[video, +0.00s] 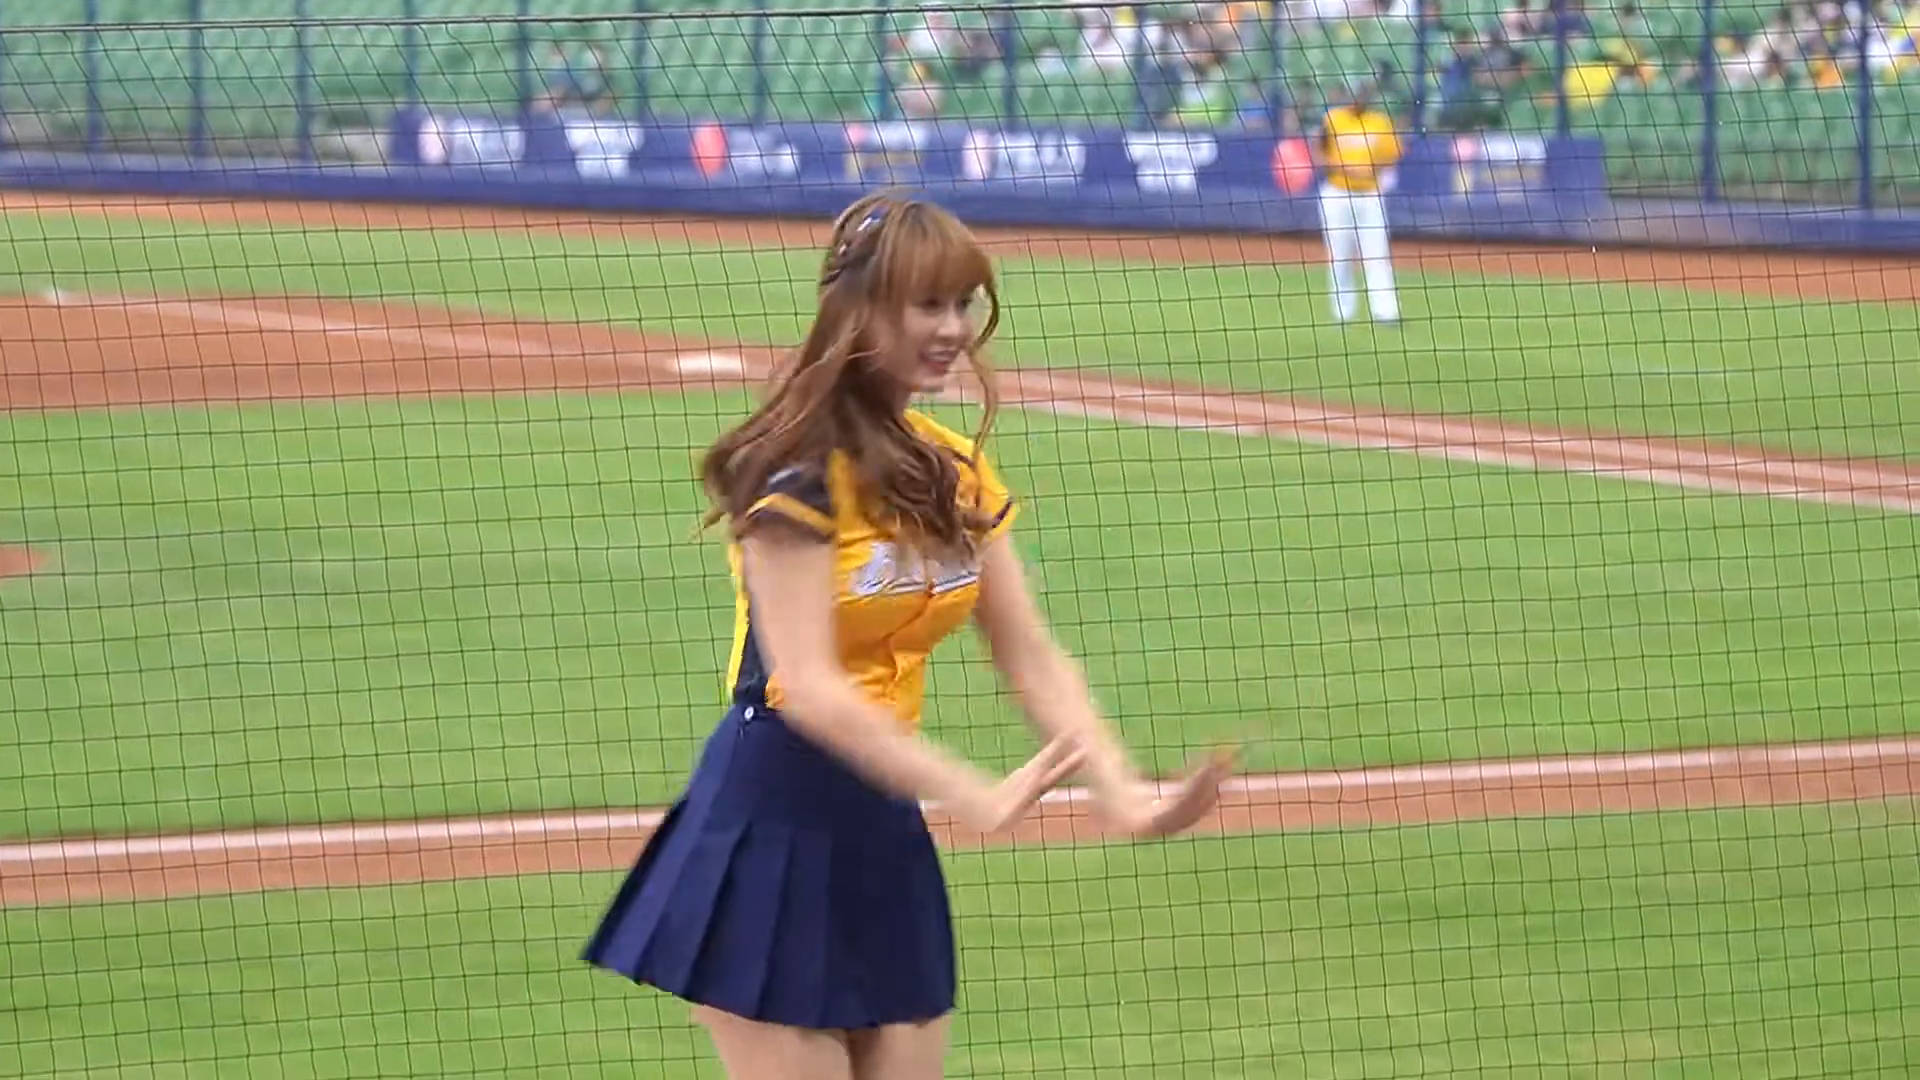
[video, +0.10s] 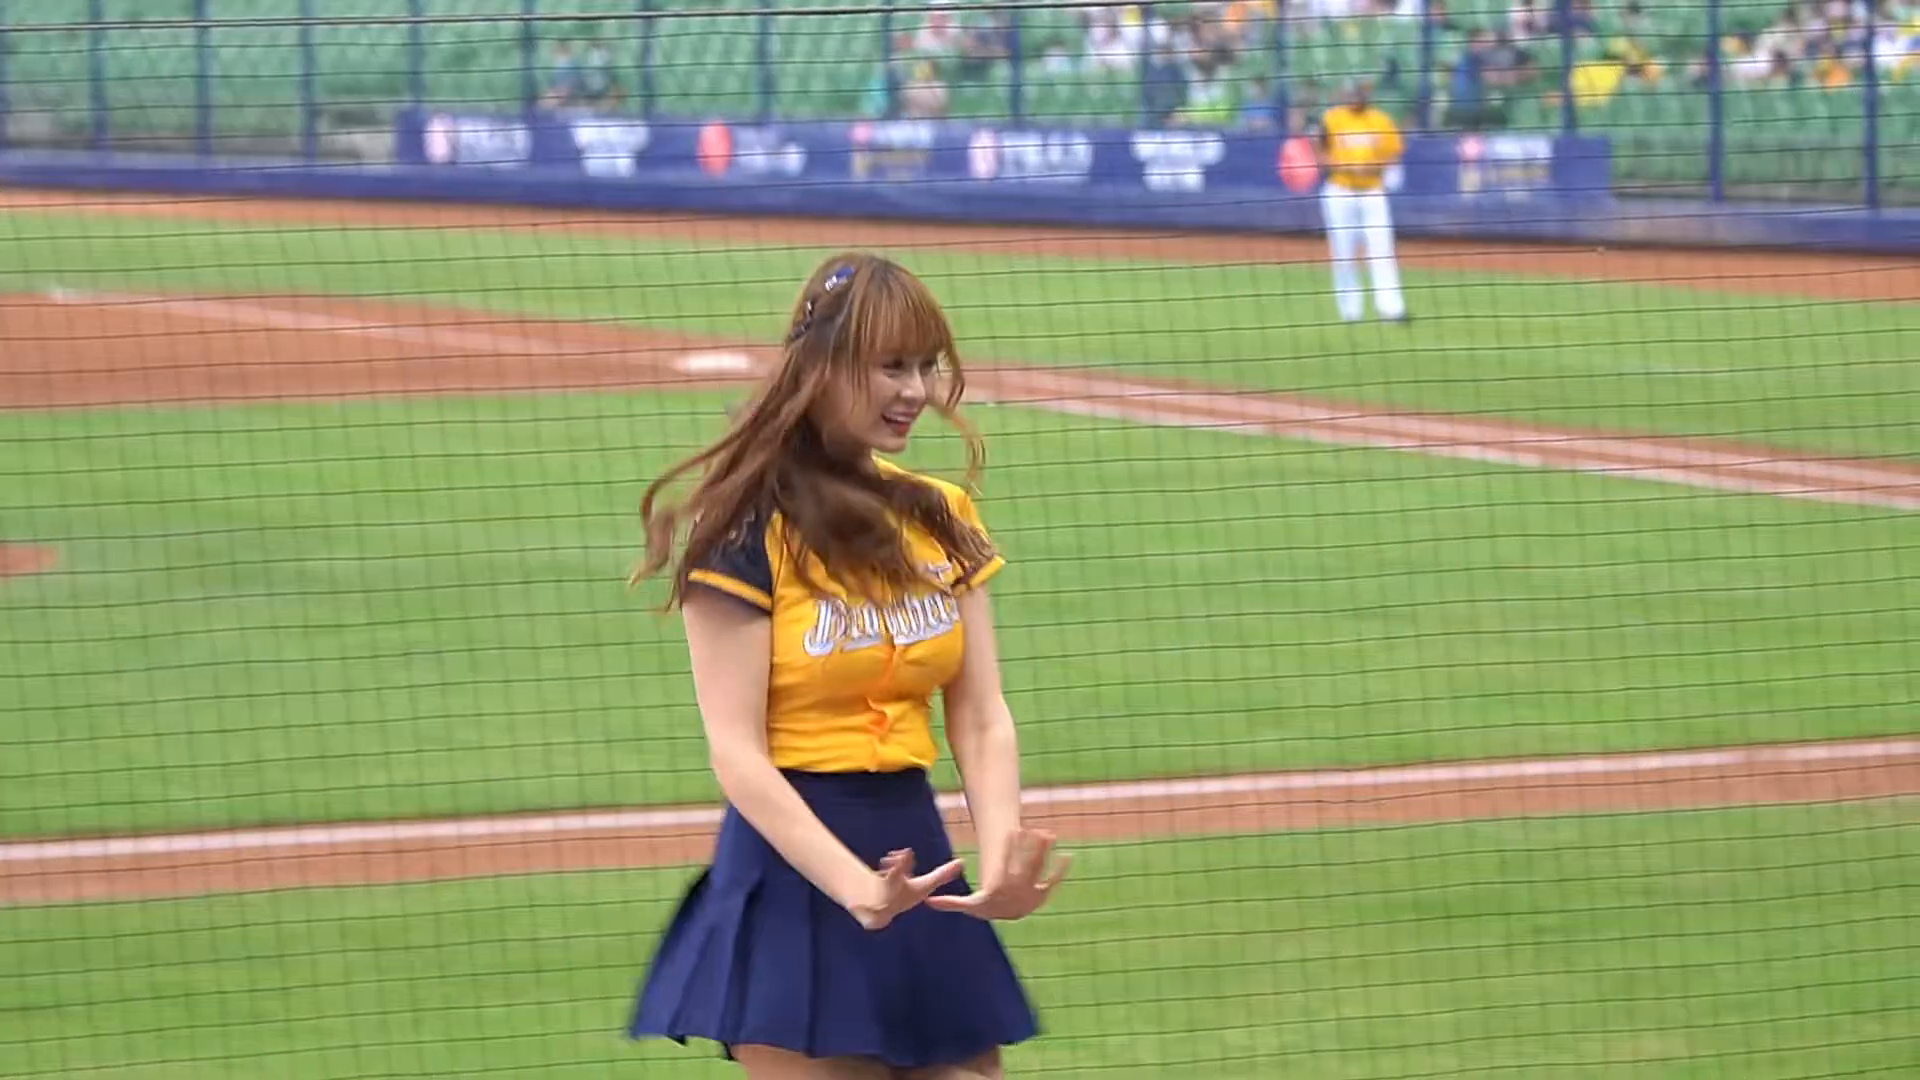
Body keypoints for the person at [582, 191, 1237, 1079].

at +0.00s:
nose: (952, 329)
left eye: (963, 305)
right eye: (927, 304)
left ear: (977, 313)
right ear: (856, 313)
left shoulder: (956, 468)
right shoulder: (792, 473)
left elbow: (1027, 652)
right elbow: (803, 684)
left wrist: (1122, 792)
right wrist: (966, 793)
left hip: (885, 813)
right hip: (771, 807)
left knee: (909, 1058)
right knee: (801, 1061)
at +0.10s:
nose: (916, 392)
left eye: (925, 368)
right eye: (894, 367)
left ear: (936, 374)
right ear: (820, 367)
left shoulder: (940, 516)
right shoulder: (739, 533)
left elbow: (980, 713)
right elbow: (736, 753)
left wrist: (998, 856)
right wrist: (853, 883)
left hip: (917, 839)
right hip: (792, 842)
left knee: (963, 1057)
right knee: (818, 1057)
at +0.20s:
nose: (922, 364)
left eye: (930, 339)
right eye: (897, 339)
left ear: (939, 350)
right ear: (823, 349)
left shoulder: (959, 481)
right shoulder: (737, 521)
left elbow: (998, 664)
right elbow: (730, 724)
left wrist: (978, 799)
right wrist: (778, 825)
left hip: (937, 826)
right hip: (799, 834)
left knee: (966, 1058)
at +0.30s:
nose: (936, 313)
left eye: (945, 290)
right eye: (911, 289)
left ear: (954, 302)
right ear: (834, 303)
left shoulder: (984, 437)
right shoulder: (753, 472)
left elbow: (1027, 608)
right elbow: (714, 676)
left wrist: (967, 701)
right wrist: (694, 731)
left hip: (938, 797)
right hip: (799, 801)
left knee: (929, 1061)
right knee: (809, 1063)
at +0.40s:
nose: (939, 346)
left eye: (948, 325)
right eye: (911, 320)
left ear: (960, 348)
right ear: (838, 342)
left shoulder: (990, 468)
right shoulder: (769, 498)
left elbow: (1018, 578)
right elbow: (674, 663)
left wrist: (972, 639)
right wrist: (598, 692)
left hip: (939, 826)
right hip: (798, 824)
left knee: (925, 1059)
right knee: (777, 1059)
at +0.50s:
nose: (939, 356)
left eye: (949, 336)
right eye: (913, 333)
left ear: (962, 355)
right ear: (843, 353)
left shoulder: (986, 479)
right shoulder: (776, 519)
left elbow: (1014, 587)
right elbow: (655, 657)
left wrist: (993, 641)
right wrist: (587, 690)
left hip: (942, 831)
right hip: (804, 831)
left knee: (939, 1059)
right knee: (786, 1060)